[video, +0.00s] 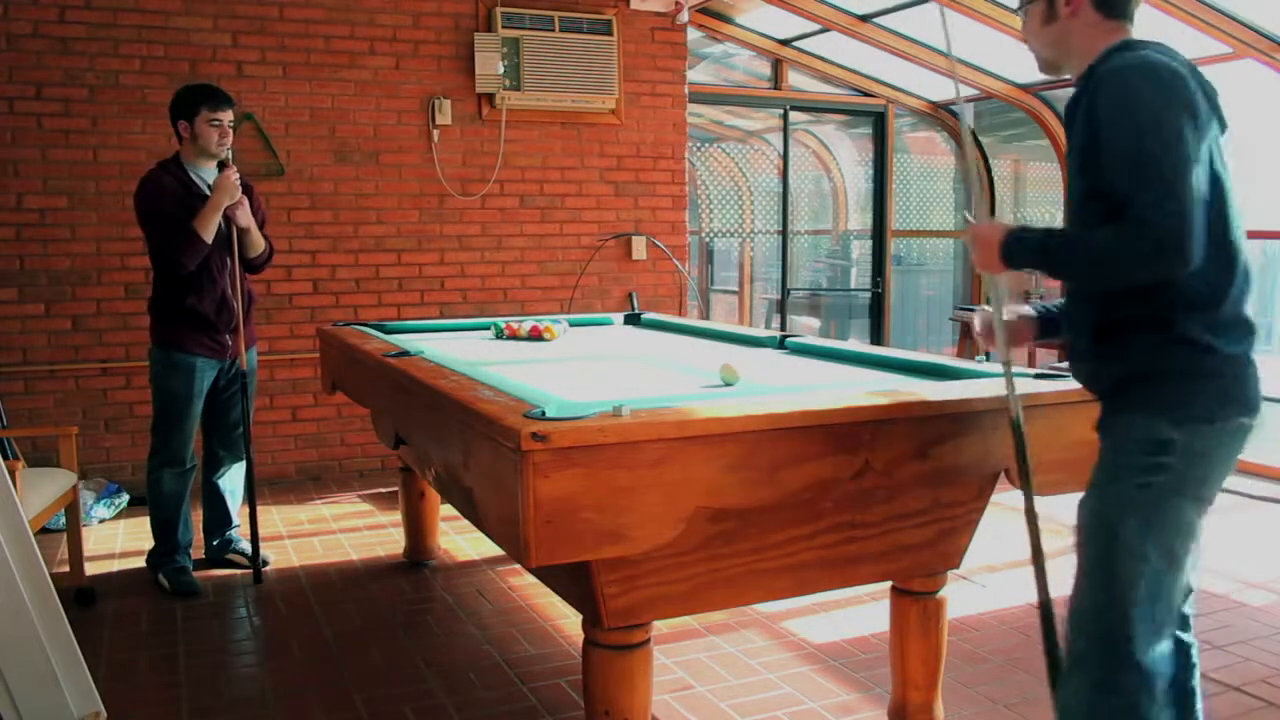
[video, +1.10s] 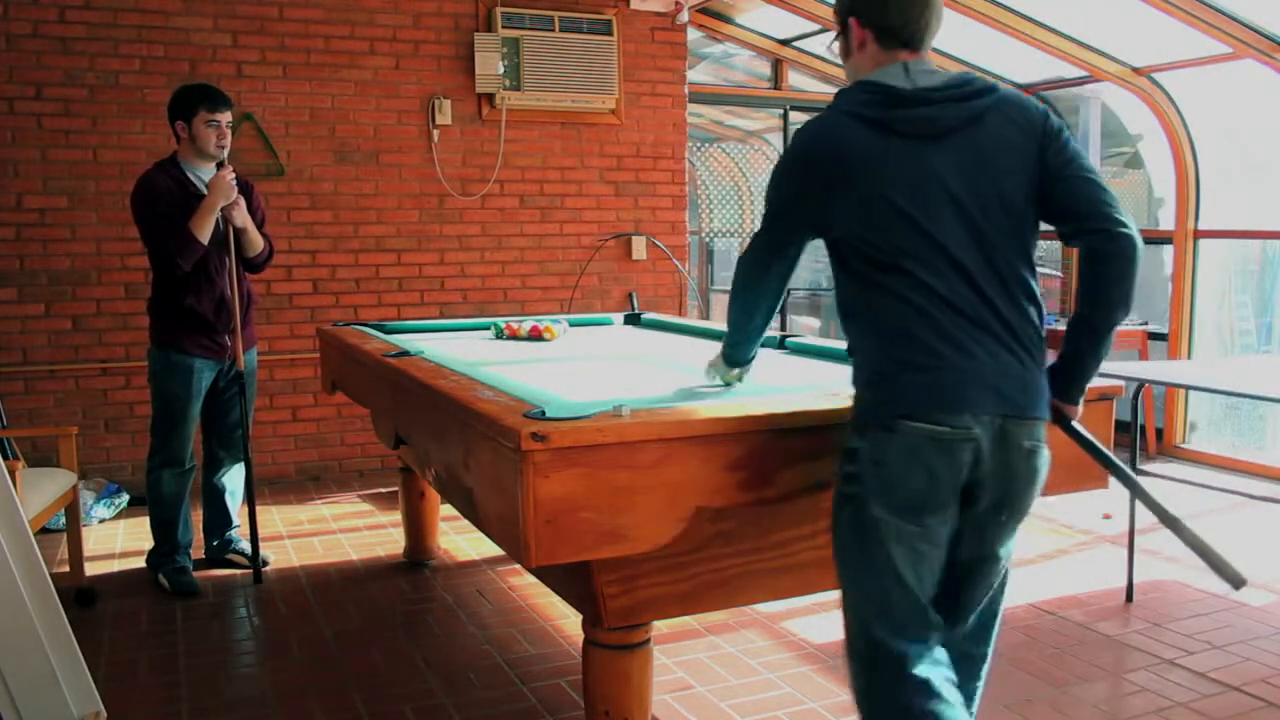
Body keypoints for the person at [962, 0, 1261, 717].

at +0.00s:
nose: (1022, 29)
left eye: (1027, 11)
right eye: (1022, 13)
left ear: (1070, 8)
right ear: (1088, 13)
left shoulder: (1137, 80)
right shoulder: (1137, 80)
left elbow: (1163, 247)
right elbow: (1145, 283)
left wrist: (1019, 247)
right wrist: (1037, 327)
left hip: (1173, 402)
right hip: (1175, 397)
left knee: (1112, 643)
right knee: (1155, 628)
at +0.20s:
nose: (1002, 30)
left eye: (1005, 13)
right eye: (1001, 15)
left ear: (1041, 7)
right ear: (1080, 10)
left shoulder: (1070, 89)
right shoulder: (1133, 86)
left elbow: (1038, 268)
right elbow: (1130, 281)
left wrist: (956, 201)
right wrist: (1029, 387)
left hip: (1110, 423)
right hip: (1167, 416)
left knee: (1030, 659)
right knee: (1136, 638)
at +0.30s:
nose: (980, 22)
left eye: (986, 6)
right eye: (981, 9)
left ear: (1017, 4)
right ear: (1069, 3)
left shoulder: (1038, 82)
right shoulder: (1124, 81)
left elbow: (971, 259)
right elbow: (1101, 259)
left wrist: (912, 176)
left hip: (1086, 420)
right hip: (1157, 414)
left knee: (1010, 667)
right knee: (1118, 624)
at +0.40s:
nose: (950, 5)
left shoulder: (1008, 75)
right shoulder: (1118, 78)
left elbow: (934, 256)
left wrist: (884, 171)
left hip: (1063, 422)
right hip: (1142, 414)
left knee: (999, 678)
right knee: (1080, 624)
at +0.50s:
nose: (934, 9)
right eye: (933, 0)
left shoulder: (974, 73)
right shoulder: (1116, 85)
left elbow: (904, 270)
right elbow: (1160, 271)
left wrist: (866, 200)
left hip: (1043, 419)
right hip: (1134, 410)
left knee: (1002, 682)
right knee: (1056, 638)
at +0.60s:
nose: (913, 15)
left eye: (913, 5)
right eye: (912, 7)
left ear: (933, 1)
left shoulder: (937, 82)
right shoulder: (1108, 90)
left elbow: (877, 278)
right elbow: (1167, 266)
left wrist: (826, 284)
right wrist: (1093, 338)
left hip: (1028, 423)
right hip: (1126, 420)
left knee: (1009, 691)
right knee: (1016, 673)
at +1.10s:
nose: (840, 45)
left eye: (840, 31)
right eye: (844, 31)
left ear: (855, 32)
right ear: (930, 34)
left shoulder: (831, 136)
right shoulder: (1022, 118)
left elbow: (764, 264)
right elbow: (1113, 241)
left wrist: (737, 353)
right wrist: (1068, 379)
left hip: (910, 415)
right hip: (1018, 415)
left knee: (898, 644)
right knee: (964, 638)